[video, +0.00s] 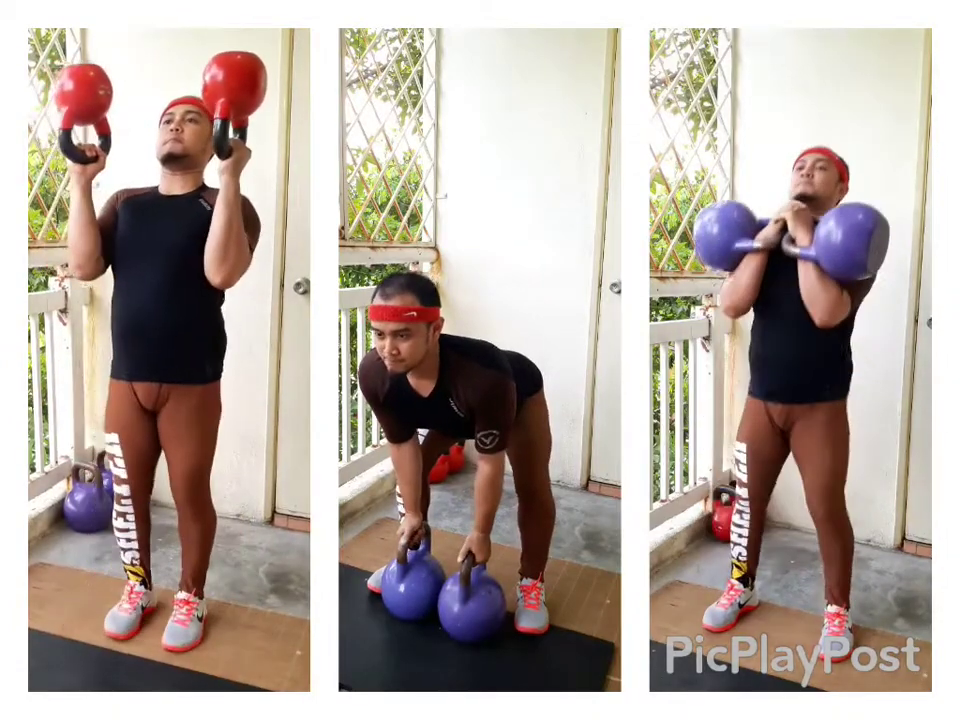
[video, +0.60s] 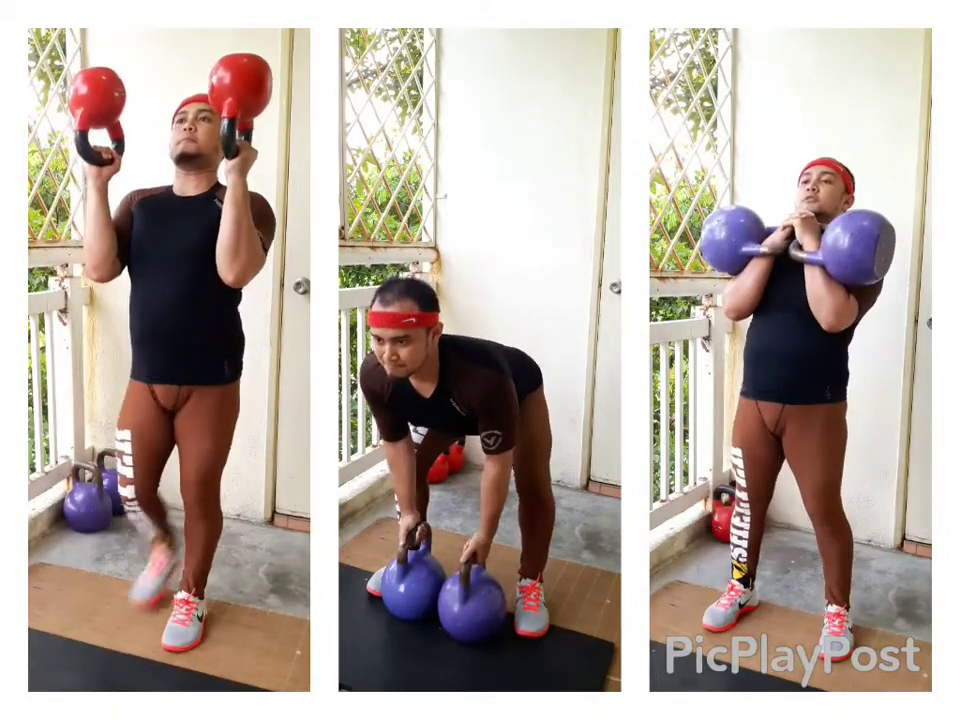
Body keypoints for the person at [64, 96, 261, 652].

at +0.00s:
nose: (174, 127)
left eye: (190, 121)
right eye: (167, 121)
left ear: (213, 140)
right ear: (156, 140)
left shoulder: (231, 207)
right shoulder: (125, 202)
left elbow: (222, 272)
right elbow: (84, 266)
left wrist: (228, 179)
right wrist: (82, 182)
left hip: (191, 379)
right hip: (126, 375)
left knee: (189, 493)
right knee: (131, 490)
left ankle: (190, 597)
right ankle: (136, 586)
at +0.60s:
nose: (188, 127)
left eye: (203, 119)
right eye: (180, 121)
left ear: (227, 138)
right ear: (169, 142)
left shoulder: (247, 205)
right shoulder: (140, 203)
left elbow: (235, 271)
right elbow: (100, 268)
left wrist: (235, 180)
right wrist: (98, 186)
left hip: (211, 381)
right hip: (146, 378)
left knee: (199, 497)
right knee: (140, 490)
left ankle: (191, 595)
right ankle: (166, 546)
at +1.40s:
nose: (196, 233)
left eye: (208, 226)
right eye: (188, 226)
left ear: (228, 241)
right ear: (177, 241)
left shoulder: (252, 303)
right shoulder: (153, 300)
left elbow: (237, 370)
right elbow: (120, 366)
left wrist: (239, 284)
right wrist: (107, 293)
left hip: (228, 436)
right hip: (171, 437)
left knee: (188, 511)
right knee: (179, 513)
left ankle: (188, 601)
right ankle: (195, 572)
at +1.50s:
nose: (199, 241)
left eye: (211, 235)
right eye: (191, 235)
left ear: (230, 250)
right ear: (179, 250)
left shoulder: (253, 311)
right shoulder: (155, 307)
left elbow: (239, 380)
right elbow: (122, 372)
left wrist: (241, 297)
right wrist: (111, 301)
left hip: (228, 441)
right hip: (170, 443)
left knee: (187, 512)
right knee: (175, 517)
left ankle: (188, 600)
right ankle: (196, 574)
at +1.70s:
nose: (203, 245)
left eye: (214, 239)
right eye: (195, 238)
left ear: (233, 254)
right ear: (183, 252)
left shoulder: (254, 316)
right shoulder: (157, 307)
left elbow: (240, 385)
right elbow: (123, 371)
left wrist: (243, 302)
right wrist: (112, 300)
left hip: (226, 444)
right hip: (169, 444)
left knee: (183, 512)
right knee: (175, 521)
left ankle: (188, 602)